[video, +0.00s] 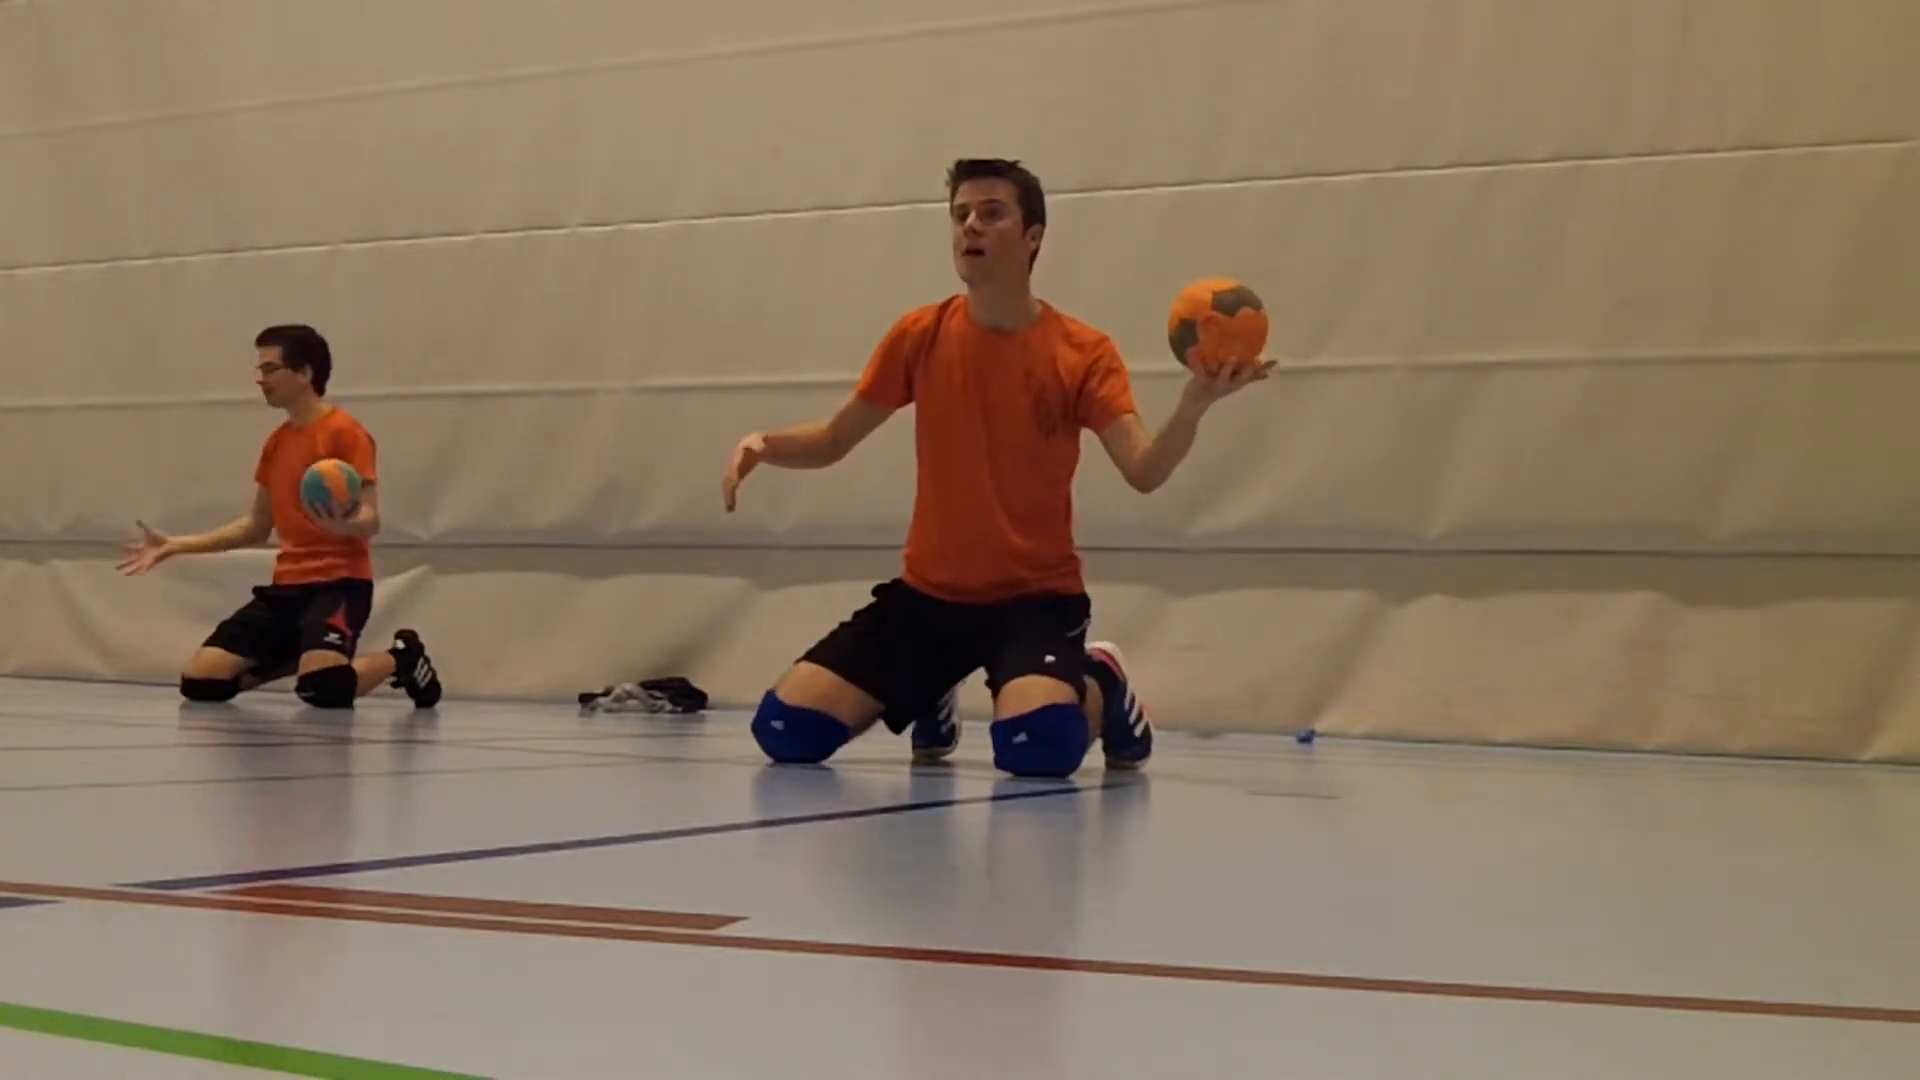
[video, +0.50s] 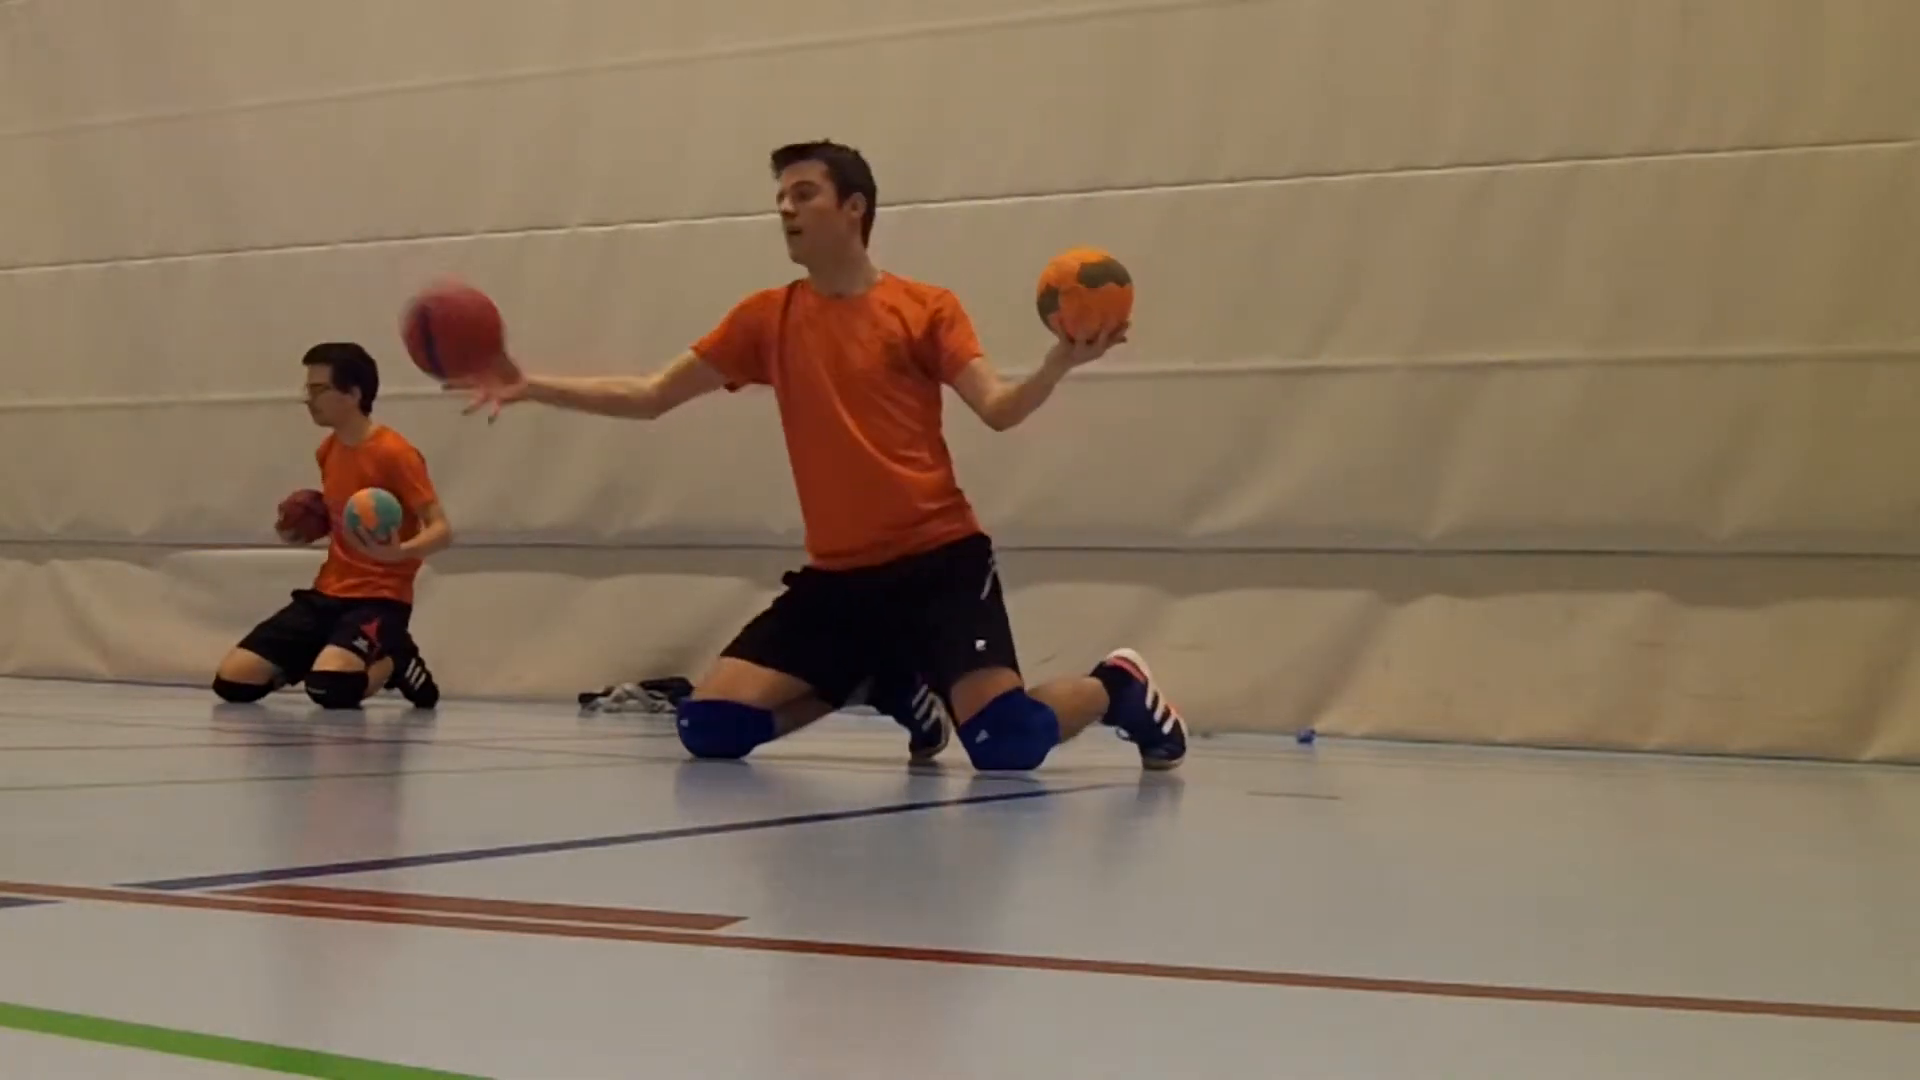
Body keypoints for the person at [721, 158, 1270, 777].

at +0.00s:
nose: (971, 226)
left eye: (992, 213)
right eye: (961, 215)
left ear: (1032, 238)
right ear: (948, 235)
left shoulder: (1080, 353)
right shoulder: (921, 337)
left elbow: (1144, 471)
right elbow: (832, 438)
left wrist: (1197, 401)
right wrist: (762, 444)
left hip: (1035, 598)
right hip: (928, 594)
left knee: (1036, 753)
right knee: (784, 731)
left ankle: (1101, 683)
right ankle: (919, 685)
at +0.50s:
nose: (785, 209)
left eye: (804, 194)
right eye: (780, 199)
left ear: (857, 208)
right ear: (784, 219)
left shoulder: (923, 308)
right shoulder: (767, 319)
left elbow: (1002, 411)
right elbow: (650, 394)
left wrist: (1065, 357)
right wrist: (527, 383)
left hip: (940, 566)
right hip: (836, 579)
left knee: (1002, 742)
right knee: (713, 729)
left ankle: (1116, 684)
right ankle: (883, 681)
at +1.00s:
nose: (770, 201)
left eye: (788, 184)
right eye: (761, 189)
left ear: (836, 195)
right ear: (755, 203)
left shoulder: (882, 308)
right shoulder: (747, 293)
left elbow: (860, 426)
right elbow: (754, 418)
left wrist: (865, 320)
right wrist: (700, 395)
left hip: (874, 552)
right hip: (776, 565)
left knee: (942, 730)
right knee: (654, 726)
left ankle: (1093, 692)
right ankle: (838, 677)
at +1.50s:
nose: (890, 235)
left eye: (909, 221)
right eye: (880, 221)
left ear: (951, 239)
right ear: (869, 235)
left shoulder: (1000, 337)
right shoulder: (868, 345)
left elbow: (1004, 488)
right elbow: (803, 462)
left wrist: (976, 387)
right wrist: (764, 361)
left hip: (998, 593)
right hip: (896, 597)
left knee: (980, 743)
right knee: (756, 730)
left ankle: (1089, 687)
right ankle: (907, 691)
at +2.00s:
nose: (1027, 141)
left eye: (1051, 131)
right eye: (1017, 131)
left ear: (1088, 167)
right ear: (1002, 155)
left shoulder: (1122, 289)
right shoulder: (957, 251)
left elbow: (1159, 429)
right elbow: (809, 290)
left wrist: (1183, 335)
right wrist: (840, 233)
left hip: (1050, 547)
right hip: (939, 532)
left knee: (1022, 753)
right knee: (834, 736)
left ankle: (1116, 681)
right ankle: (905, 707)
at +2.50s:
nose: (972, 143)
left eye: (994, 130)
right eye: (963, 134)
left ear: (1037, 162)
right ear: (952, 160)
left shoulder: (1075, 276)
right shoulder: (925, 263)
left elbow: (1099, 394)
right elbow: (840, 371)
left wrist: (1130, 318)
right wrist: (780, 373)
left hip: (1033, 546)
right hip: (925, 539)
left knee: (1023, 754)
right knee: (829, 739)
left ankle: (1102, 669)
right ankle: (950, 675)